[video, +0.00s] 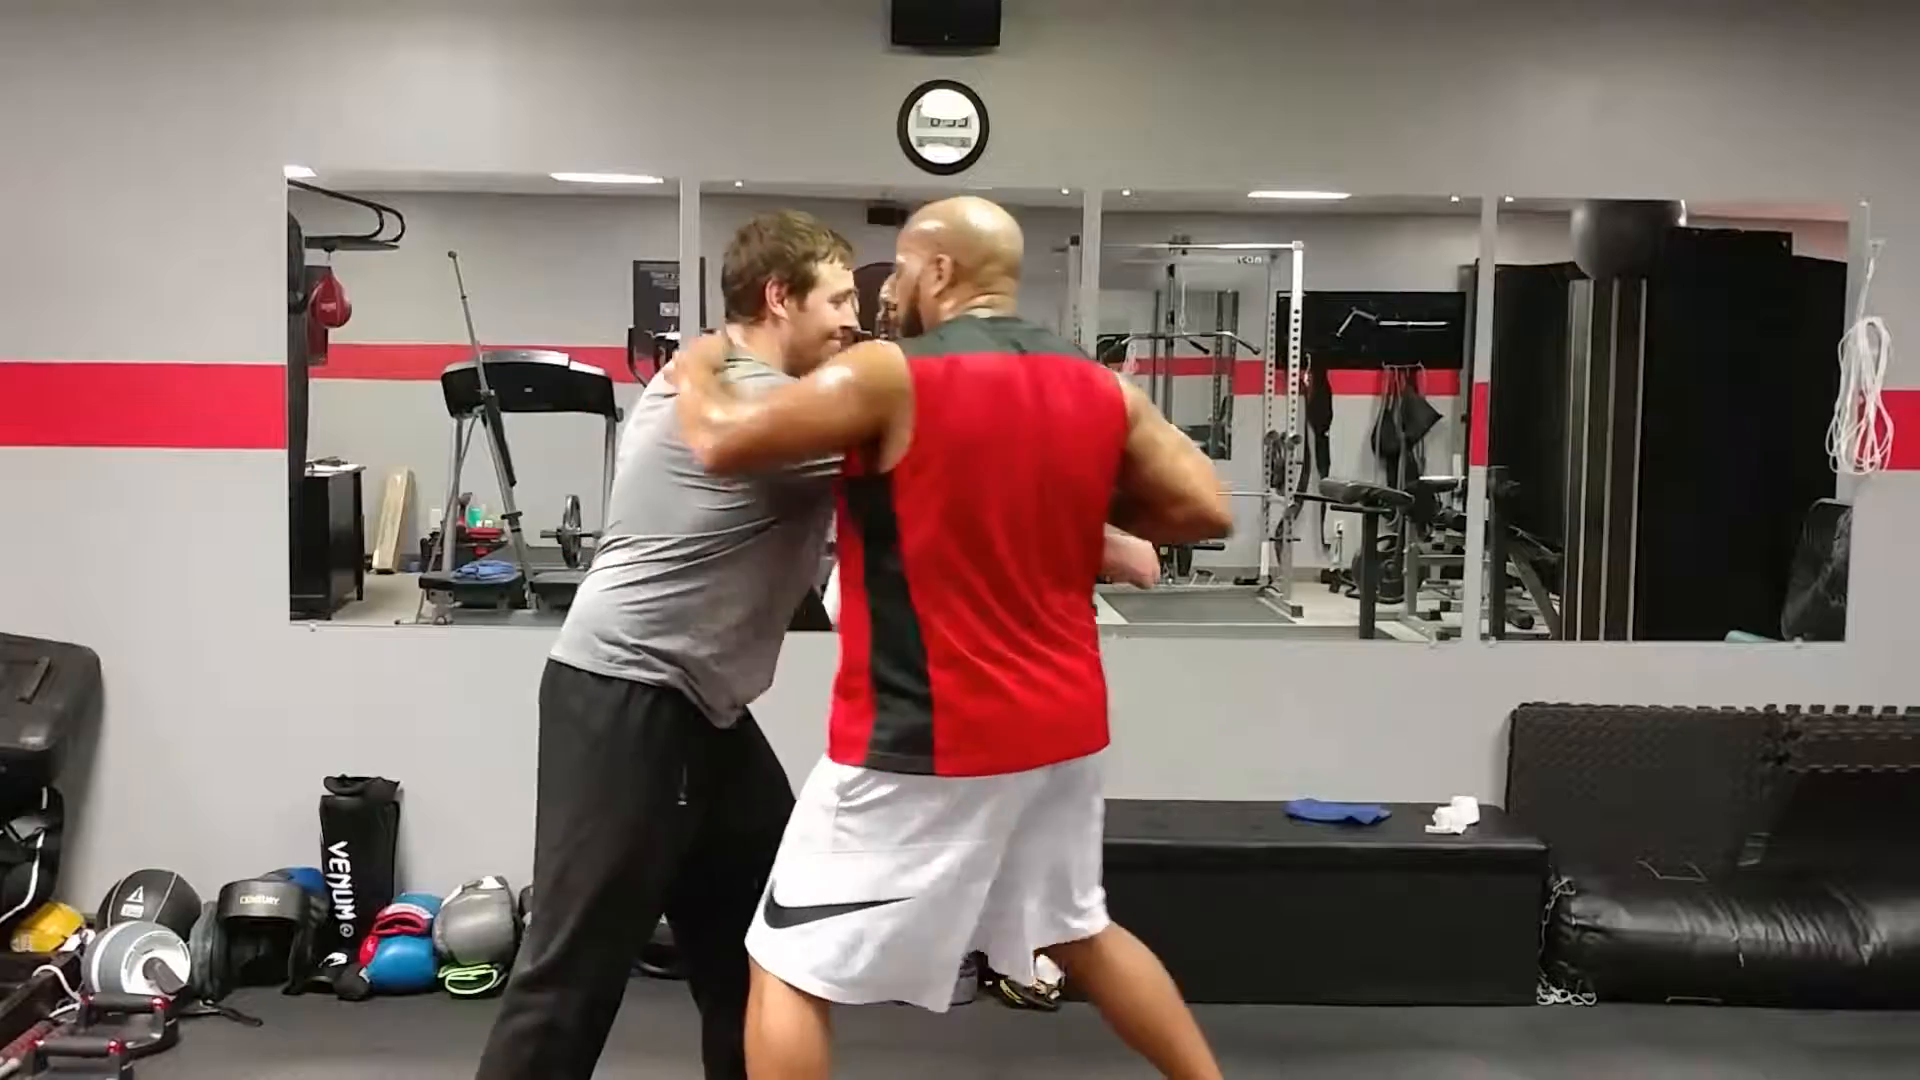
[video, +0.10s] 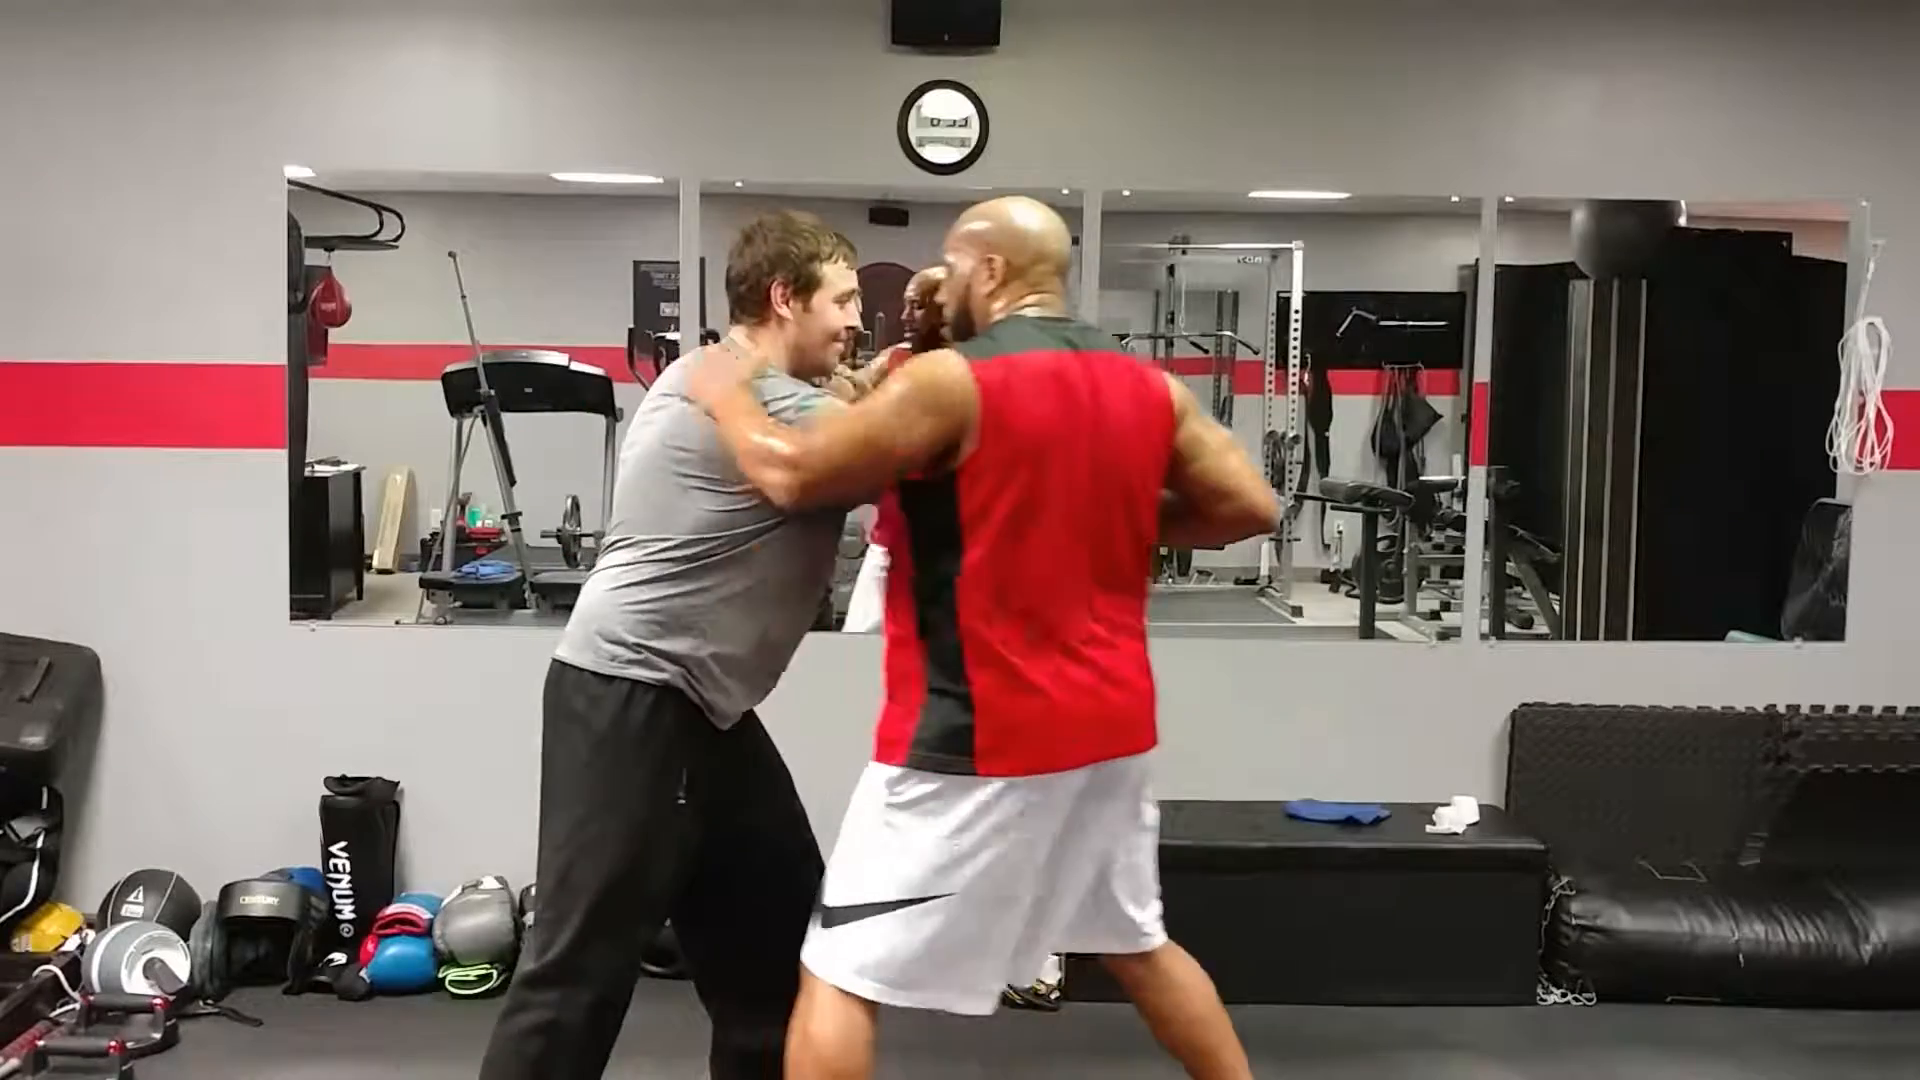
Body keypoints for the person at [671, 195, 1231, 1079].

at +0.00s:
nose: (889, 287)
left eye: (900, 269)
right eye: (892, 269)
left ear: (940, 273)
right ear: (1007, 278)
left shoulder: (887, 374)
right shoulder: (1100, 389)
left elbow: (722, 443)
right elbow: (1209, 511)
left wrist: (696, 368)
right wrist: (1066, 517)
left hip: (914, 732)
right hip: (1066, 721)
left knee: (787, 969)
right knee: (1077, 925)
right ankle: (1205, 1074)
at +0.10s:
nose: (940, 279)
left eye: (951, 262)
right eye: (945, 262)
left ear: (992, 271)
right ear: (1055, 278)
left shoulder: (948, 382)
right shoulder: (1148, 388)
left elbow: (789, 470)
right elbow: (1249, 507)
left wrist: (723, 390)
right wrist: (1122, 517)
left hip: (969, 735)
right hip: (1114, 722)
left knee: (840, 978)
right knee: (1137, 941)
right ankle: (1237, 1075)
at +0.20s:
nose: (986, 276)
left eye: (995, 258)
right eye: (988, 258)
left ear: (1040, 260)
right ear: (1089, 262)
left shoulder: (1018, 370)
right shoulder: (1195, 364)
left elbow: (875, 488)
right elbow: (1281, 491)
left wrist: (768, 427)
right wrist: (1159, 536)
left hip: (1041, 708)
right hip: (1185, 698)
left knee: (897, 945)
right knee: (1179, 934)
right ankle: (1255, 1075)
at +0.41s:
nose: (1051, 264)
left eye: (1063, 243)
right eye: (1052, 244)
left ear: (1118, 241)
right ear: (1142, 243)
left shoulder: (1111, 346)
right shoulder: (1242, 337)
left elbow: (989, 479)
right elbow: (1279, 493)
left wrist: (828, 494)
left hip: (1133, 678)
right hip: (1262, 673)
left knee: (976, 894)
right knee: (1234, 925)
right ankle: (1277, 1076)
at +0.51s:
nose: (1075, 259)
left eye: (1087, 238)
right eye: (1076, 239)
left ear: (1148, 236)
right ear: (1173, 240)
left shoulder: (1143, 346)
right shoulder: (1262, 343)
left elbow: (1052, 497)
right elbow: (1213, 502)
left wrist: (902, 583)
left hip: (1153, 695)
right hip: (1275, 689)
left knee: (1056, 936)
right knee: (1240, 932)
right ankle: (1278, 1076)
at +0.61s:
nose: (1083, 251)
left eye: (1096, 231)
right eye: (1085, 231)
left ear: (1158, 234)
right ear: (1176, 237)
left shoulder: (1159, 347)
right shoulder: (1256, 333)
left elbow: (1123, 522)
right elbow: (1214, 493)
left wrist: (1011, 644)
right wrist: (1090, 477)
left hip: (1163, 691)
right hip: (1267, 682)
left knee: (1081, 942)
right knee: (1236, 929)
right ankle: (1279, 1078)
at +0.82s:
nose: (1100, 244)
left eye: (1115, 225)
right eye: (1102, 225)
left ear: (1181, 230)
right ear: (1195, 233)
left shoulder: (1183, 341)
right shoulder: (1259, 324)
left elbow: (1116, 491)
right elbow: (1227, 491)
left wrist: (961, 492)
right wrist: (1112, 451)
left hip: (1174, 697)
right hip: (1273, 688)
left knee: (1106, 953)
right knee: (1245, 938)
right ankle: (1278, 1079)